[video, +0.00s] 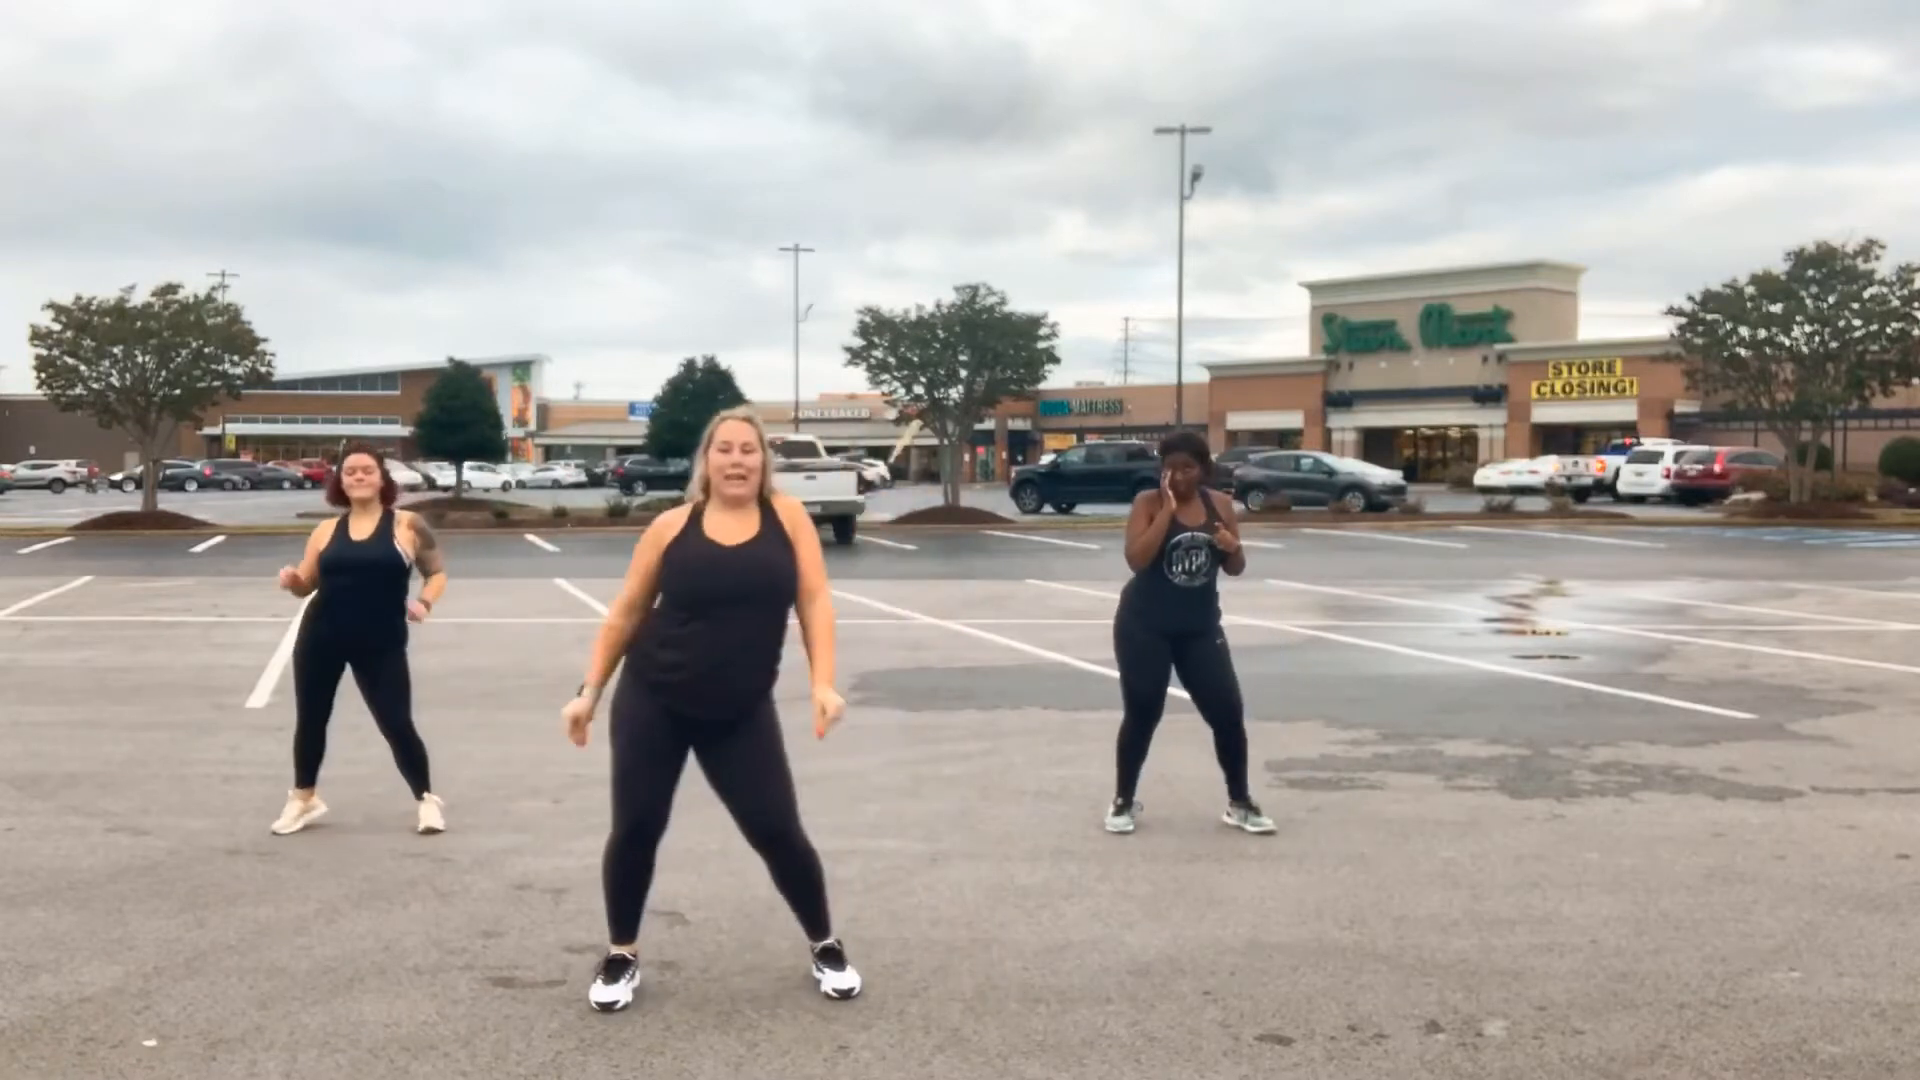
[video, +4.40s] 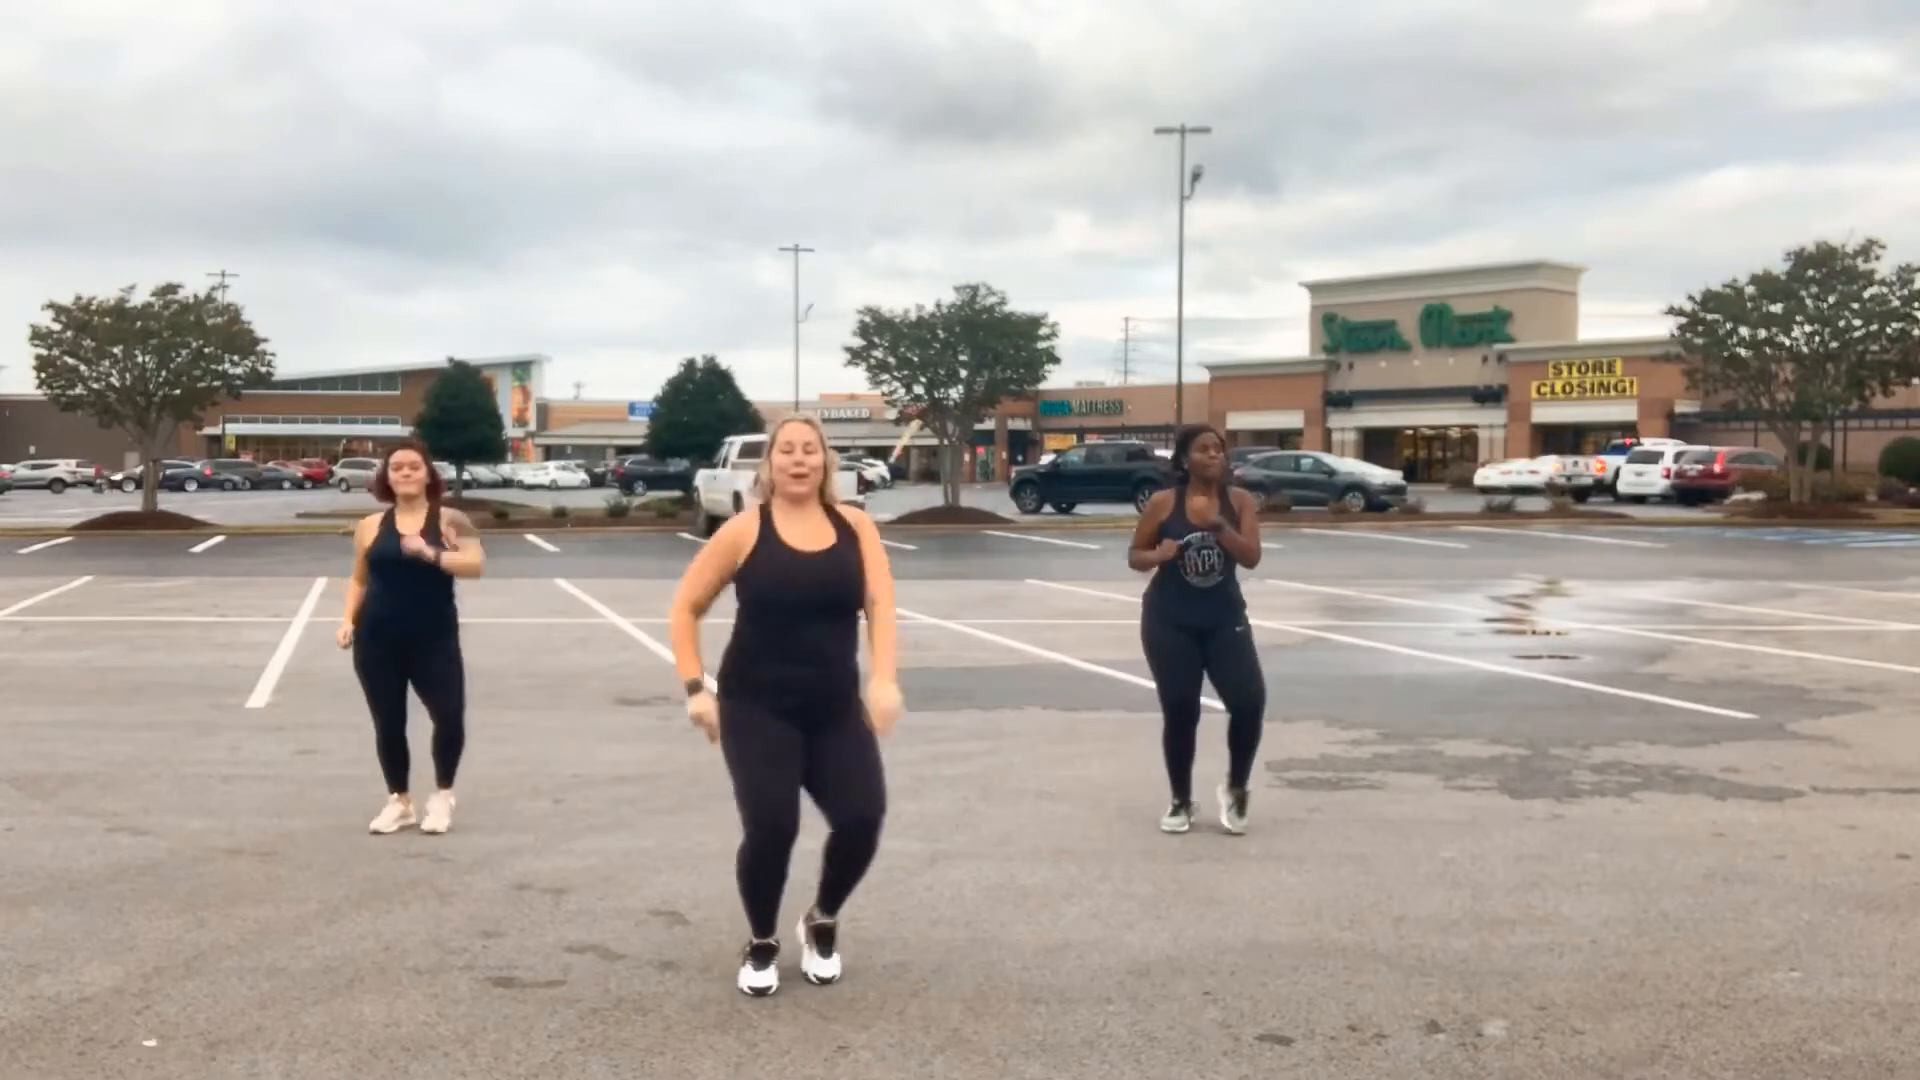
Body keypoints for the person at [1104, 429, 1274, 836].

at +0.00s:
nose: (1178, 475)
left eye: (1186, 468)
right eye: (1171, 468)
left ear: (1202, 468)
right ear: (1161, 470)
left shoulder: (1219, 503)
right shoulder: (1148, 502)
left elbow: (1235, 568)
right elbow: (1136, 558)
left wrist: (1231, 549)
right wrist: (1166, 512)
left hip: (1199, 627)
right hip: (1144, 626)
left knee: (1228, 712)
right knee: (1142, 713)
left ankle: (1240, 803)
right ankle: (1123, 802)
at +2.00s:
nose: (1213, 477)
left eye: (1220, 469)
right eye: (1206, 469)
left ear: (1230, 472)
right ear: (1189, 469)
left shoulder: (1239, 503)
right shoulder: (1166, 500)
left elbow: (1264, 551)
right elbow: (1140, 561)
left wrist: (1244, 502)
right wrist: (1165, 524)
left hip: (1230, 623)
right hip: (1174, 623)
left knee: (1245, 714)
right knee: (1176, 715)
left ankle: (1245, 796)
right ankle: (1170, 804)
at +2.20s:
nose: (1220, 479)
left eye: (1227, 472)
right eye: (1213, 471)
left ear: (1235, 473)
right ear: (1192, 469)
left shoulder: (1245, 502)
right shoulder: (1168, 501)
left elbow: (1266, 548)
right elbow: (1142, 561)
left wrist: (1242, 500)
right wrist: (1175, 524)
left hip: (1239, 618)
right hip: (1183, 620)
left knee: (1266, 707)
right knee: (1178, 711)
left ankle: (1289, 794)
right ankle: (1171, 803)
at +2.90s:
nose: (1222, 466)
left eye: (1229, 459)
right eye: (1214, 458)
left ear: (1236, 464)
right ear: (1193, 459)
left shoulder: (1242, 501)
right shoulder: (1170, 502)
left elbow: (1255, 557)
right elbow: (1168, 562)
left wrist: (1266, 541)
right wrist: (1212, 532)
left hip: (1235, 619)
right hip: (1181, 622)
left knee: (1253, 705)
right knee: (1188, 710)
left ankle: (1250, 794)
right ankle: (1179, 803)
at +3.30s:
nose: (1223, 459)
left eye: (1227, 452)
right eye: (1213, 455)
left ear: (1237, 458)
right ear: (1196, 465)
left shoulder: (1248, 507)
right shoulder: (1179, 503)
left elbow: (1256, 571)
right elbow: (1150, 563)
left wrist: (1269, 567)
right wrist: (1203, 577)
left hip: (1220, 623)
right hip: (1167, 619)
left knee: (1222, 712)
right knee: (1173, 702)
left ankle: (1214, 804)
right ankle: (1140, 790)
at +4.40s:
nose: (1214, 456)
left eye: (1218, 450)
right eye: (1204, 451)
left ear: (1226, 457)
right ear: (1185, 459)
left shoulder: (1239, 500)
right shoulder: (1163, 503)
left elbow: (1251, 557)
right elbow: (1135, 558)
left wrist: (1218, 527)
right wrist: (1158, 555)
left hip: (1224, 621)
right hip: (1169, 623)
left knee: (1249, 702)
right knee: (1181, 710)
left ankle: (1237, 788)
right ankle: (1180, 802)